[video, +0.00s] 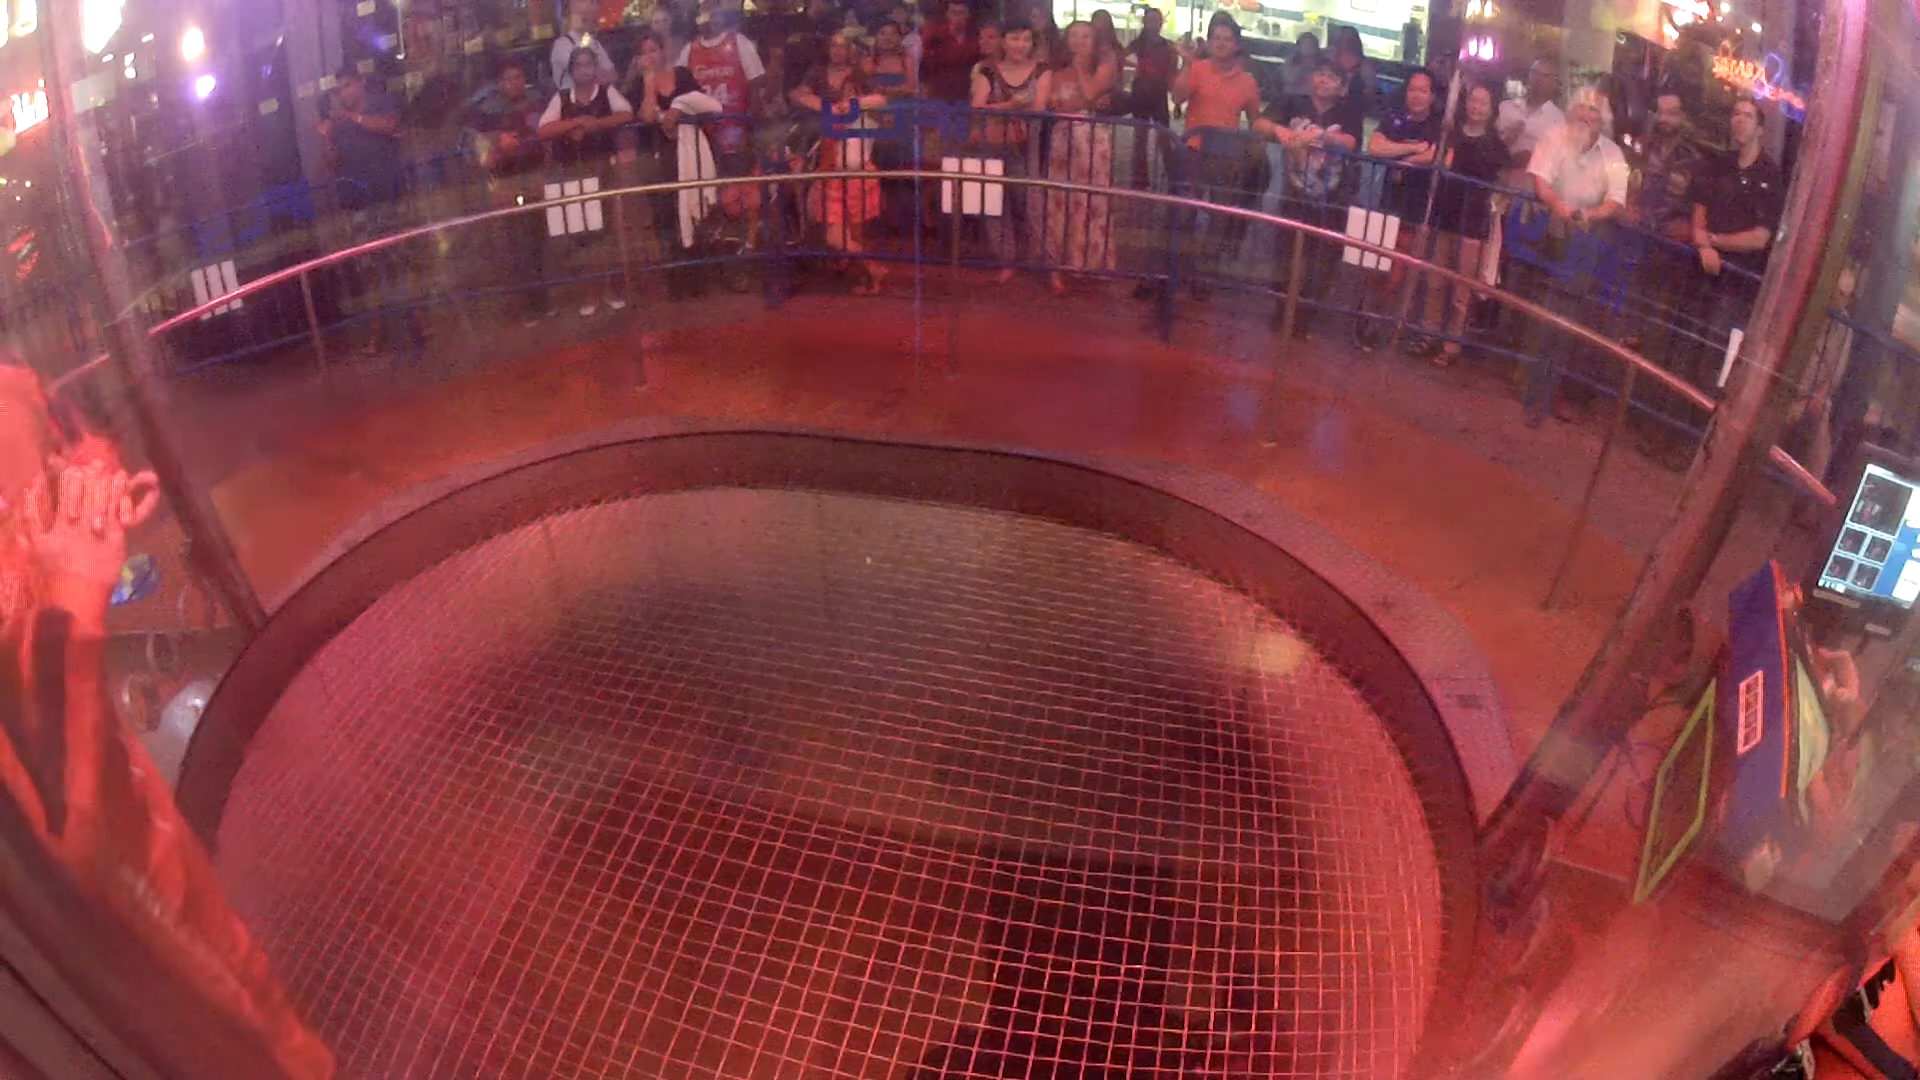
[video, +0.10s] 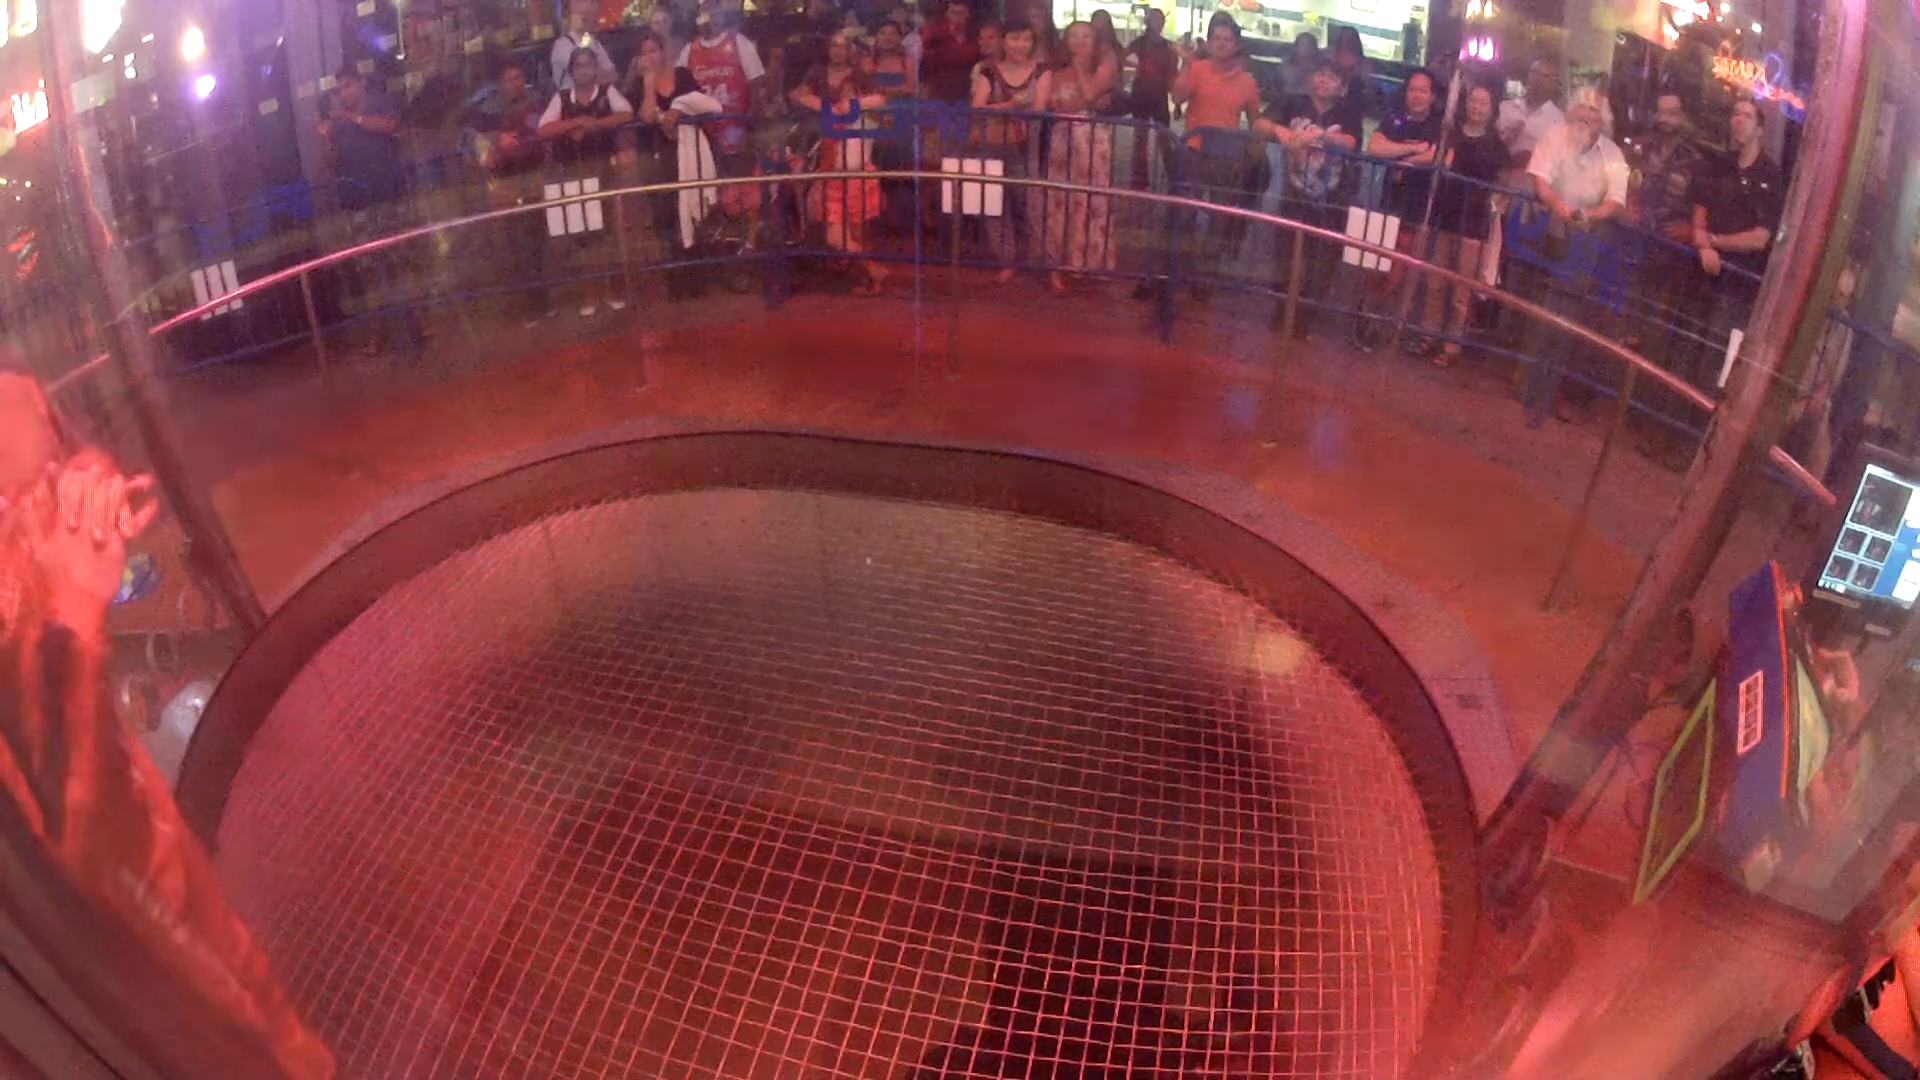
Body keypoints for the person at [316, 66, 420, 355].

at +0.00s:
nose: (344, 93)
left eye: (348, 86)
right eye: (340, 88)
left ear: (362, 85)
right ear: (338, 93)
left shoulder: (381, 106)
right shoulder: (338, 122)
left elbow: (390, 125)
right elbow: (333, 164)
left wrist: (353, 118)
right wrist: (327, 140)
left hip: (392, 197)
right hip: (358, 204)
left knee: (407, 262)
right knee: (368, 270)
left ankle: (418, 320)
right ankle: (376, 331)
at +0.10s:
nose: (344, 93)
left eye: (348, 86)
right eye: (340, 89)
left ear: (362, 85)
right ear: (338, 93)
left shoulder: (381, 104)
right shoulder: (339, 121)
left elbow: (390, 125)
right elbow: (333, 163)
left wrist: (353, 118)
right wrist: (327, 140)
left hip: (392, 197)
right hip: (357, 203)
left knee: (406, 261)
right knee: (368, 269)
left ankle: (418, 320)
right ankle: (376, 330)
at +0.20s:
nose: (344, 93)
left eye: (348, 86)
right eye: (340, 89)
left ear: (362, 85)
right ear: (338, 93)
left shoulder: (381, 104)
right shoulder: (339, 121)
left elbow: (390, 125)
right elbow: (333, 163)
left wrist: (353, 118)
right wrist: (327, 139)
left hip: (392, 196)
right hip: (358, 203)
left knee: (406, 261)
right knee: (368, 268)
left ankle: (418, 320)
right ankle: (376, 330)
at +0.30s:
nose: (344, 93)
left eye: (348, 86)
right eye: (340, 89)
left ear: (362, 85)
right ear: (337, 93)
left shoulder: (380, 105)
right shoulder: (339, 122)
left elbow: (389, 124)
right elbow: (333, 164)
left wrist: (351, 118)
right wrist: (327, 139)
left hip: (393, 197)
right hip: (358, 204)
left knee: (408, 262)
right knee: (369, 270)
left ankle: (419, 321)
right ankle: (376, 331)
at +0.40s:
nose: (344, 93)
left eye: (348, 86)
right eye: (339, 89)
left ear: (362, 85)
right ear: (337, 94)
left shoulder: (381, 104)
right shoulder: (339, 122)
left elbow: (389, 125)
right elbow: (333, 163)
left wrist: (351, 118)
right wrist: (327, 139)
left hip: (393, 197)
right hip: (358, 204)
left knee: (409, 262)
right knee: (368, 270)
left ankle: (420, 321)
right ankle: (376, 331)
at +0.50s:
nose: (344, 93)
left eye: (348, 86)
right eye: (339, 89)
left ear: (363, 85)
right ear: (337, 93)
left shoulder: (381, 106)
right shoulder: (339, 122)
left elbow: (389, 125)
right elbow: (333, 164)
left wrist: (351, 118)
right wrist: (327, 139)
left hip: (393, 197)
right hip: (358, 204)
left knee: (408, 262)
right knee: (369, 271)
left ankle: (420, 320)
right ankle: (376, 331)